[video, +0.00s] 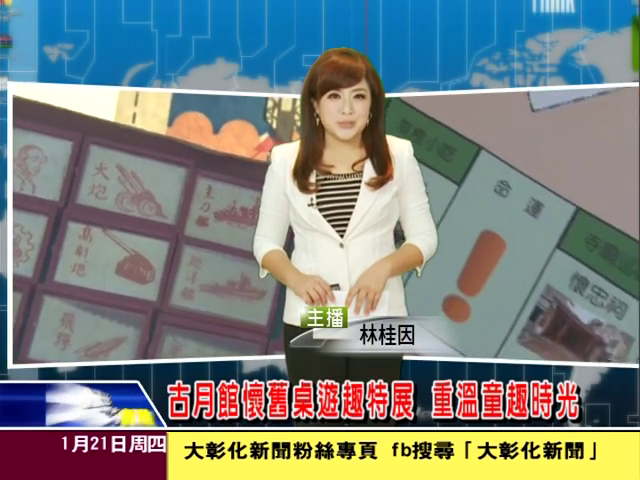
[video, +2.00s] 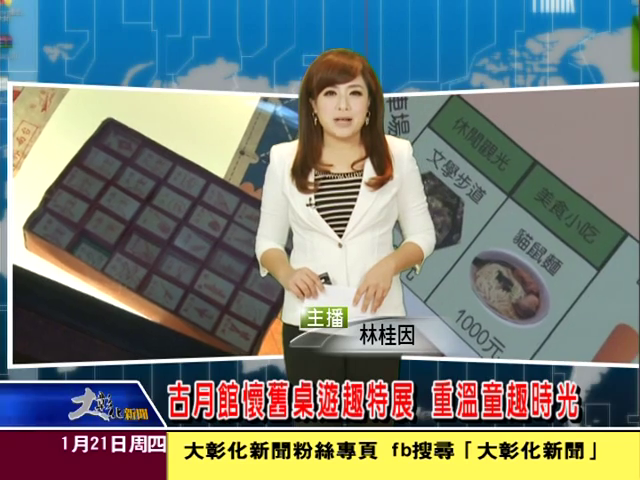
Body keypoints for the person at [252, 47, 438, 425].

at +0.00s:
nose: (347, 109)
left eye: (359, 97)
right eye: (334, 97)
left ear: (373, 104)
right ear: (315, 105)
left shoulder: (396, 155)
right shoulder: (287, 160)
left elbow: (424, 239)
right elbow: (265, 243)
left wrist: (383, 267)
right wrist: (297, 279)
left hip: (379, 323)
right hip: (309, 323)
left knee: (377, 439)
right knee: (314, 438)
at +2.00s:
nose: (343, 105)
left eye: (355, 94)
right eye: (330, 94)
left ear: (370, 103)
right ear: (312, 104)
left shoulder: (395, 155)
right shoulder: (286, 159)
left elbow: (422, 237)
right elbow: (268, 242)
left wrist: (389, 265)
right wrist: (289, 273)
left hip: (376, 326)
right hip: (307, 324)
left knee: (375, 441)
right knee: (313, 440)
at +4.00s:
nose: (345, 104)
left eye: (356, 92)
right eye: (332, 93)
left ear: (370, 101)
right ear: (313, 104)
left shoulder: (396, 155)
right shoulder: (287, 159)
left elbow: (424, 237)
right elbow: (268, 242)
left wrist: (389, 265)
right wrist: (290, 274)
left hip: (378, 324)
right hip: (308, 323)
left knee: (375, 440)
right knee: (313, 439)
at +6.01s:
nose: (343, 104)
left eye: (354, 93)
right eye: (330, 94)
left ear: (369, 102)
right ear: (311, 105)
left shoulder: (395, 155)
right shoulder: (286, 160)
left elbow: (424, 236)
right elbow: (266, 242)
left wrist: (389, 265)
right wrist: (290, 276)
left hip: (378, 324)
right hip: (309, 323)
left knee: (376, 439)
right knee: (314, 439)